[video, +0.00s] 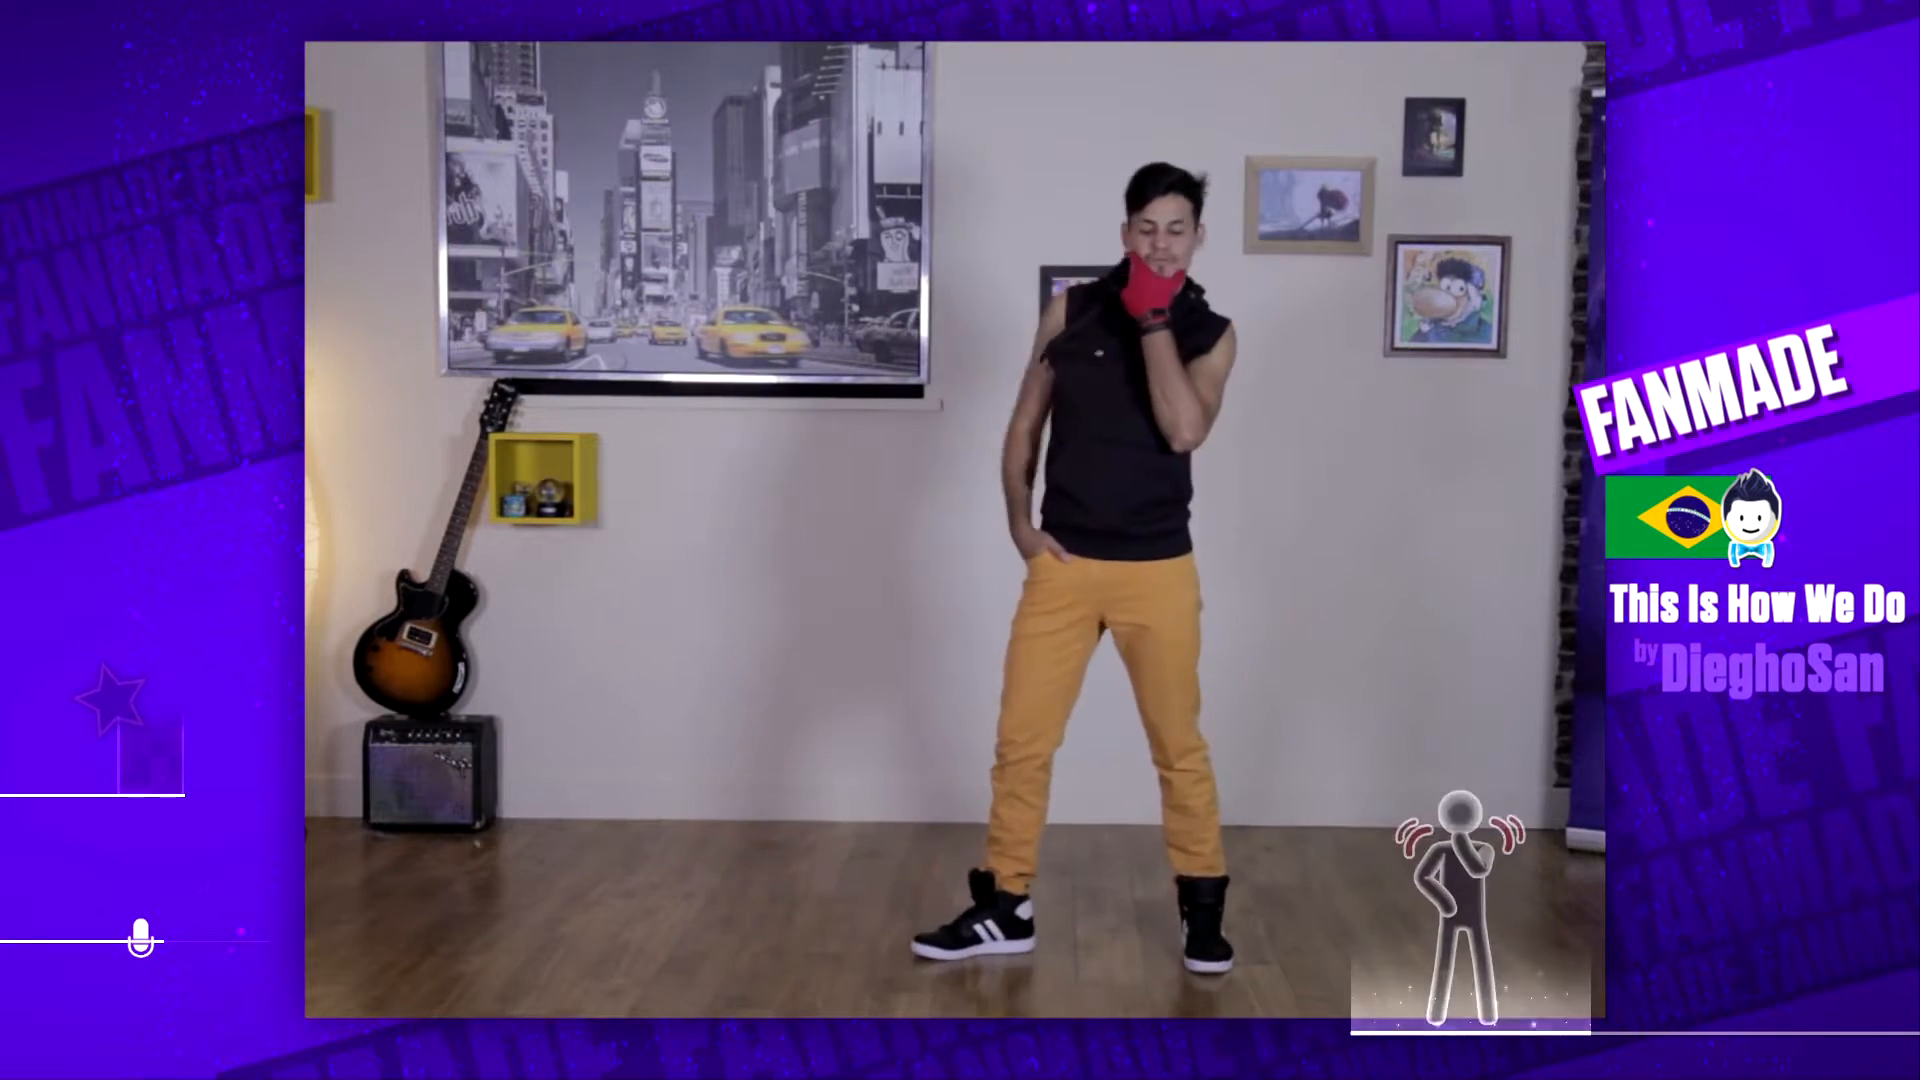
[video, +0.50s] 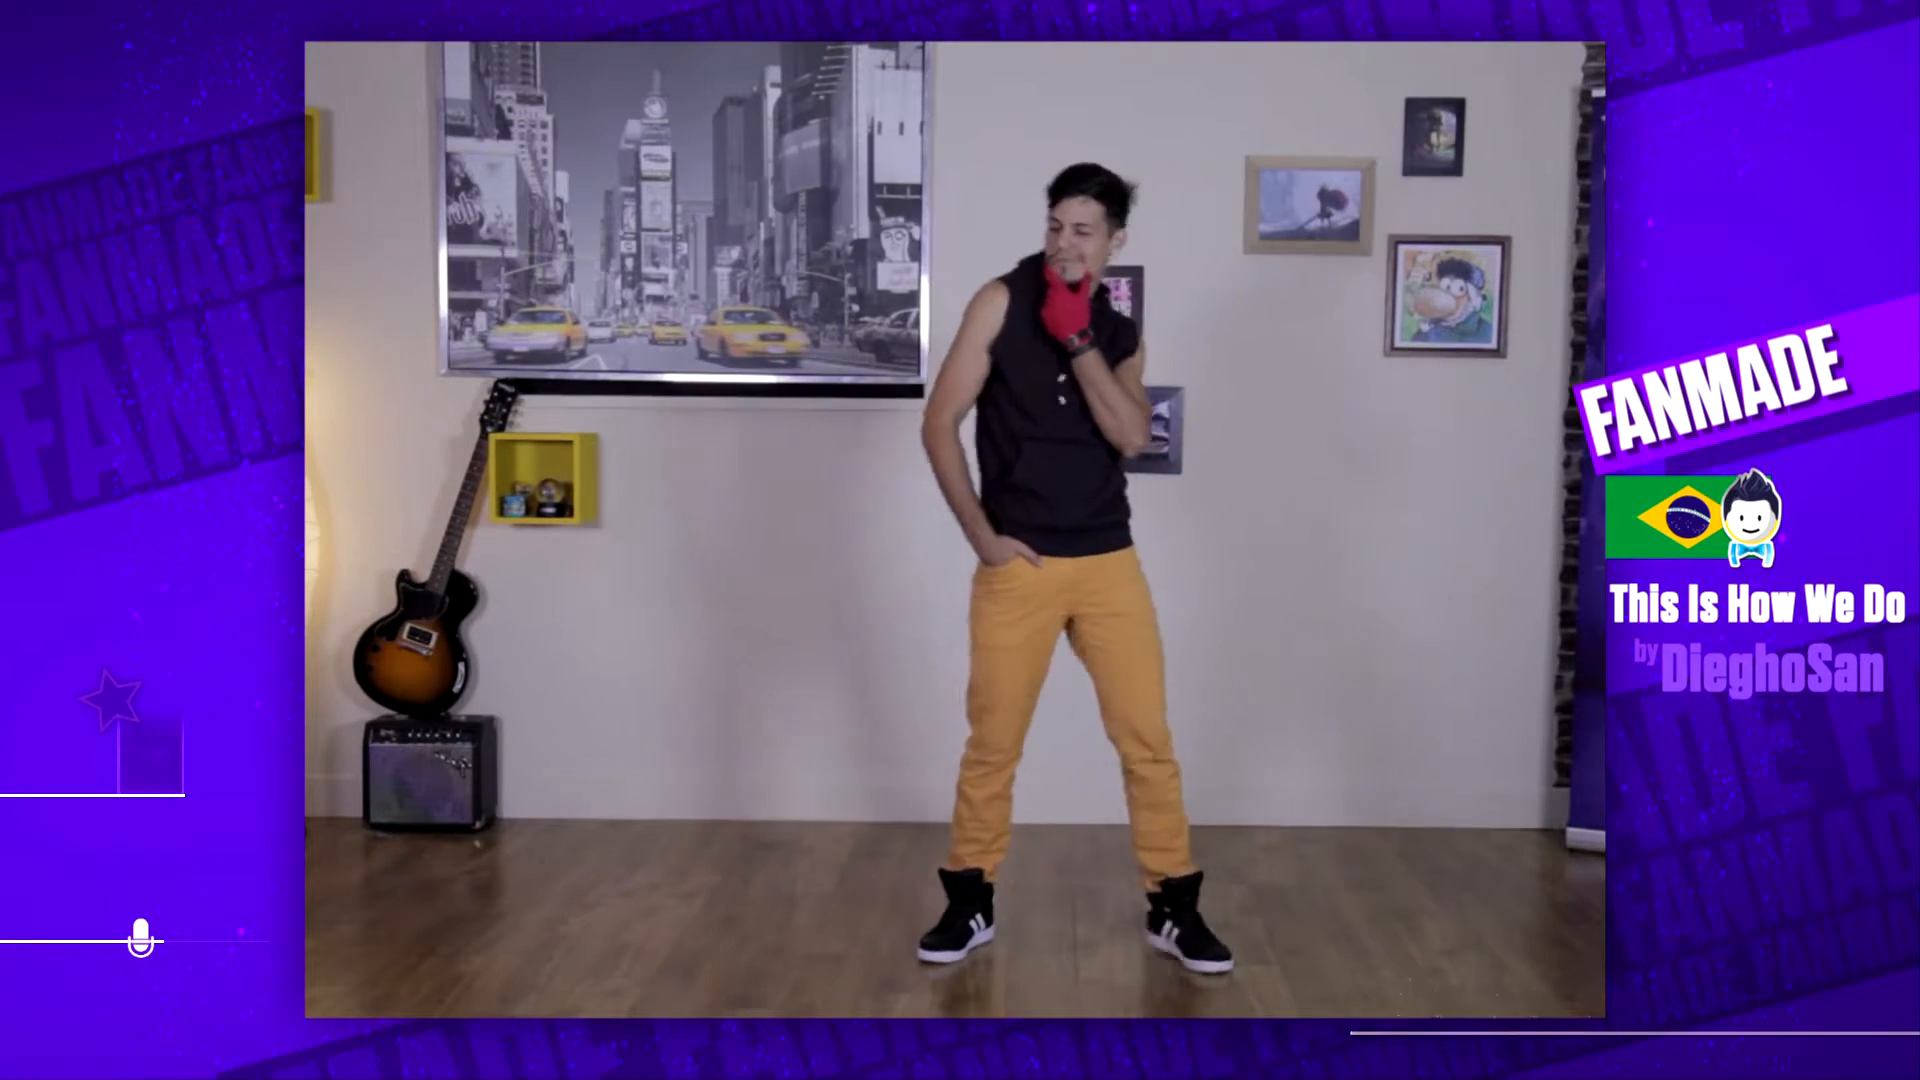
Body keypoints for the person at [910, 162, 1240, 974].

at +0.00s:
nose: (1160, 244)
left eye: (1176, 230)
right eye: (1147, 229)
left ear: (1199, 239)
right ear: (1124, 232)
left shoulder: (1210, 333)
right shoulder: (1071, 313)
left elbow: (1184, 429)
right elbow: (1025, 428)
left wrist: (1153, 320)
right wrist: (1021, 523)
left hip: (1156, 573)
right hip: (1062, 565)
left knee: (1177, 747)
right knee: (1020, 744)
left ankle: (1202, 909)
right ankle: (1005, 908)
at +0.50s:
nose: (1067, 244)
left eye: (1085, 231)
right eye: (1058, 229)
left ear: (1113, 240)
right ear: (1045, 230)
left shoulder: (1118, 325)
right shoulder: (1001, 304)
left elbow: (1133, 435)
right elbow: (938, 426)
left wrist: (1080, 345)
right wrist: (984, 540)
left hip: (1108, 565)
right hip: (1017, 566)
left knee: (1148, 738)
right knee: (992, 744)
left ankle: (1173, 906)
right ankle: (969, 903)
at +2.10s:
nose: (1021, 242)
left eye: (1037, 227)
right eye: (1010, 228)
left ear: (1072, 233)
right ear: (997, 238)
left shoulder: (1108, 330)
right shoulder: (964, 329)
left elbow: (1118, 451)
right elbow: (905, 452)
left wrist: (1058, 361)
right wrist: (952, 539)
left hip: (1089, 569)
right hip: (993, 569)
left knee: (1126, 742)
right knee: (979, 745)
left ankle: (1167, 906)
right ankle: (963, 902)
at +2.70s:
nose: (1068, 252)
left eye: (1081, 236)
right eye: (1058, 241)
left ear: (1127, 230)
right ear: (1052, 245)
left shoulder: (1178, 320)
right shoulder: (1056, 326)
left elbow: (1137, 424)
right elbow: (1038, 437)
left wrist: (1078, 330)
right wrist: (1013, 518)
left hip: (1137, 578)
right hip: (1044, 572)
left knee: (1164, 752)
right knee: (1010, 747)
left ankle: (1192, 908)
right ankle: (988, 904)